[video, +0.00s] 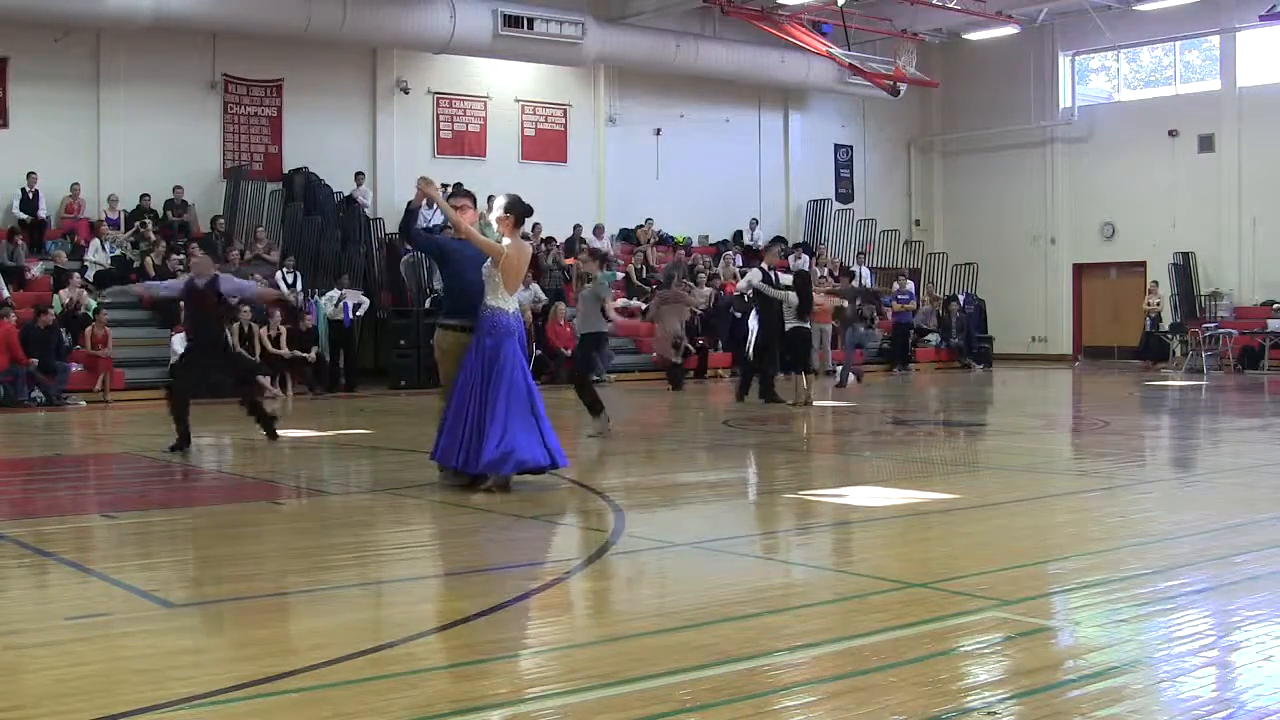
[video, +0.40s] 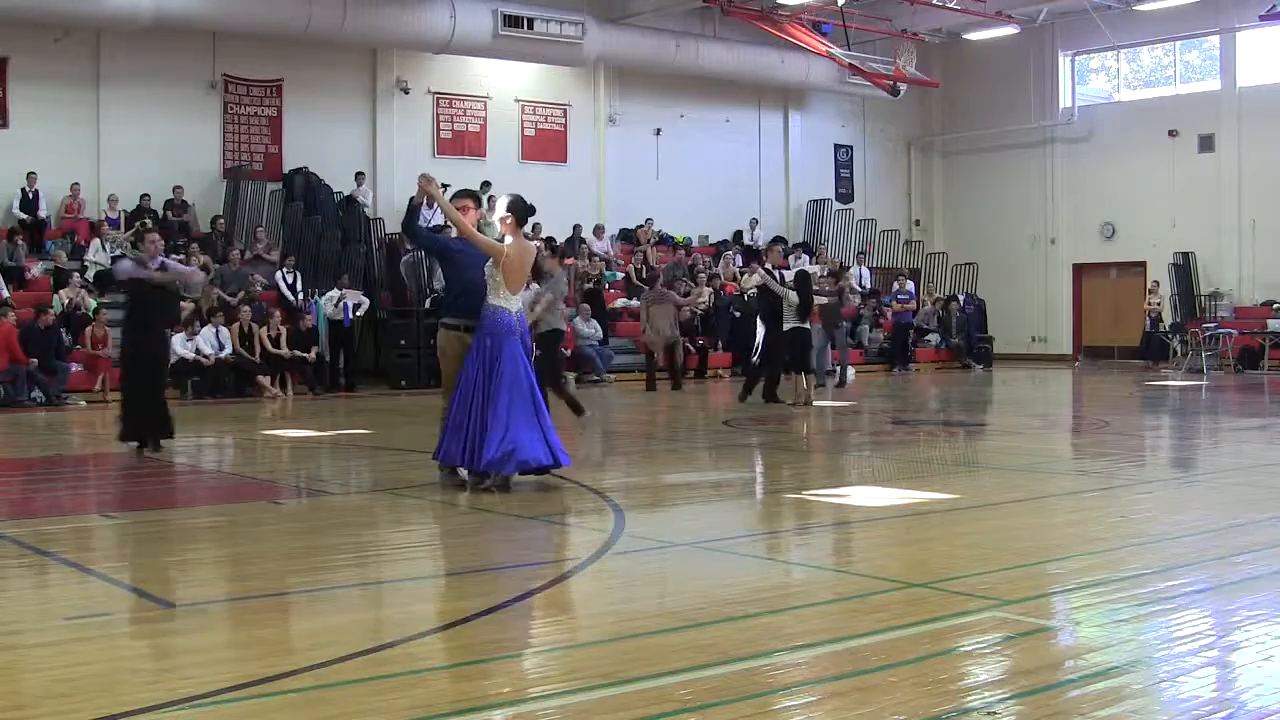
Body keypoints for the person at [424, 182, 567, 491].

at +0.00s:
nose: (491, 219)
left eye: (494, 214)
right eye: (492, 214)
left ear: (506, 220)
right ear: (516, 219)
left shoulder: (503, 250)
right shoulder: (526, 249)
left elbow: (464, 229)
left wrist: (437, 197)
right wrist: (468, 228)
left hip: (495, 323)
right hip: (512, 321)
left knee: (494, 393)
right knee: (505, 393)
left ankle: (498, 466)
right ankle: (501, 465)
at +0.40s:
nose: (494, 216)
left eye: (498, 212)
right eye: (496, 212)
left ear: (509, 219)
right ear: (520, 219)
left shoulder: (502, 250)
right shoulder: (531, 249)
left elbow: (464, 228)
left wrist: (438, 195)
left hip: (496, 322)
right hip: (517, 322)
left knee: (493, 393)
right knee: (510, 393)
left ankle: (493, 463)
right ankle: (504, 462)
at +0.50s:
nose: (497, 218)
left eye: (500, 214)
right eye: (500, 214)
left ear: (509, 220)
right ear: (522, 220)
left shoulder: (503, 250)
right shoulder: (531, 249)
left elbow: (465, 228)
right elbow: (535, 273)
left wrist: (438, 195)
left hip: (496, 323)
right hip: (517, 322)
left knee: (492, 392)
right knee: (510, 392)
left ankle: (493, 462)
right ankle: (505, 462)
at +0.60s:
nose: (498, 218)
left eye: (502, 214)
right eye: (500, 214)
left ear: (511, 218)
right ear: (522, 220)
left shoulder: (505, 250)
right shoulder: (532, 249)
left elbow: (465, 228)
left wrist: (436, 199)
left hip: (498, 323)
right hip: (518, 322)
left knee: (496, 392)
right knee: (510, 392)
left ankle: (499, 462)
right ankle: (502, 462)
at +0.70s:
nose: (498, 225)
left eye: (501, 220)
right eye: (499, 220)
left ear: (513, 221)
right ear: (521, 222)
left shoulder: (506, 251)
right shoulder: (534, 250)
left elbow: (465, 234)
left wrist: (435, 212)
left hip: (499, 323)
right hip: (519, 323)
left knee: (493, 393)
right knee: (512, 393)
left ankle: (493, 462)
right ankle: (506, 462)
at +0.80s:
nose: (499, 226)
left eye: (501, 221)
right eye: (500, 221)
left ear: (513, 222)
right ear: (520, 223)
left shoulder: (505, 251)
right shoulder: (535, 252)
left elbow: (467, 246)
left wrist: (438, 233)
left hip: (499, 325)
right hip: (520, 325)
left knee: (489, 391)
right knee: (512, 394)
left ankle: (485, 461)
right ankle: (506, 461)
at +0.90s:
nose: (496, 227)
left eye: (500, 222)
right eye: (498, 221)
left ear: (512, 224)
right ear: (521, 224)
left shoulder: (503, 253)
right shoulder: (533, 252)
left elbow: (456, 259)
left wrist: (427, 245)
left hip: (500, 328)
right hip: (520, 328)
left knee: (463, 382)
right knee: (510, 394)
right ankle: (505, 460)